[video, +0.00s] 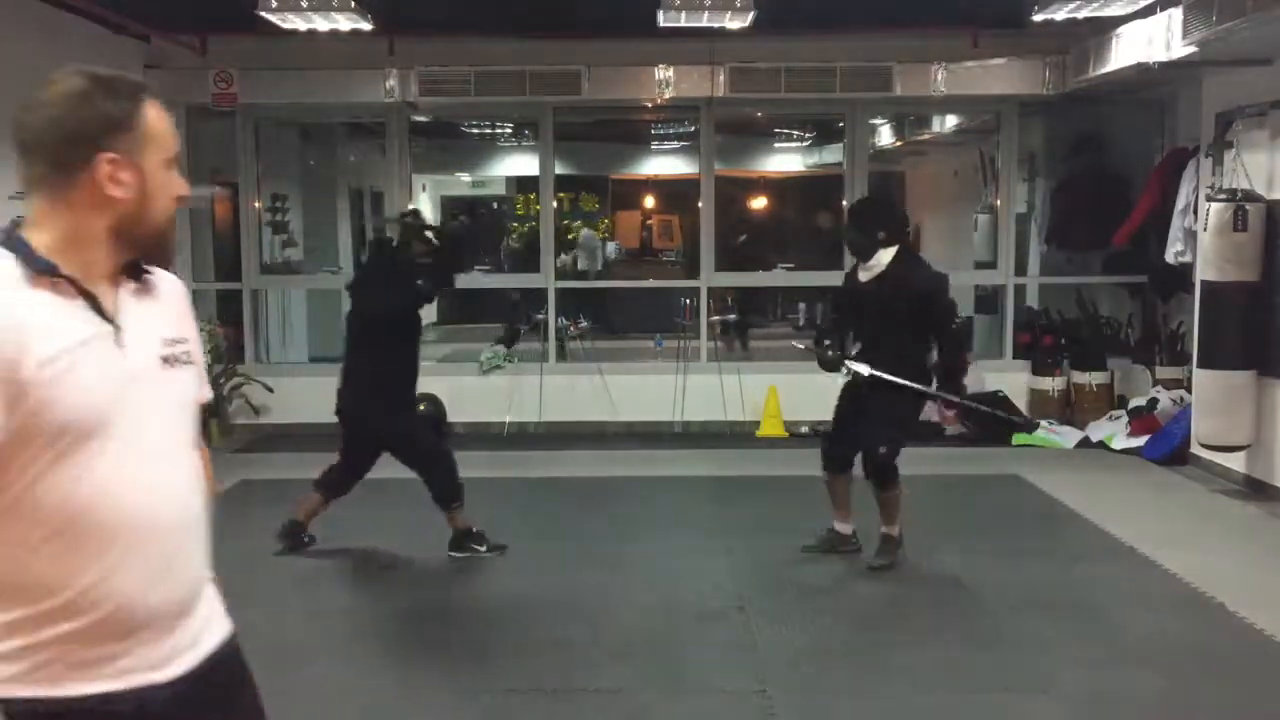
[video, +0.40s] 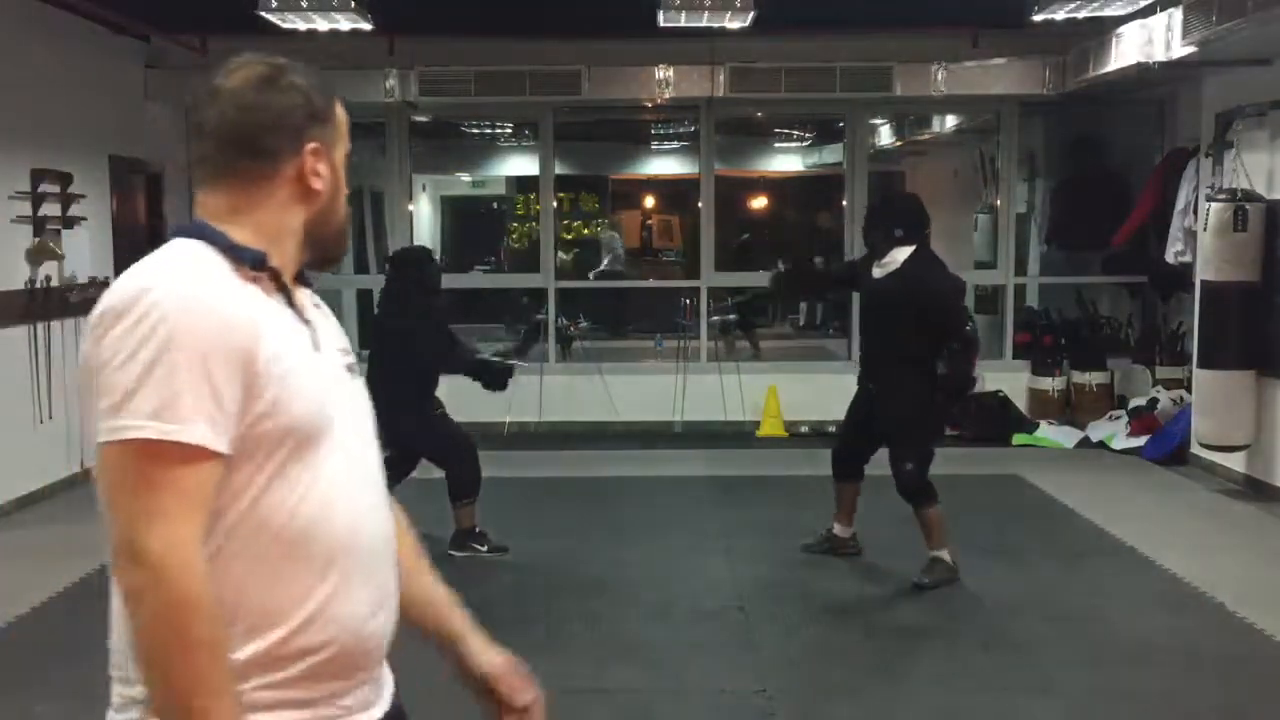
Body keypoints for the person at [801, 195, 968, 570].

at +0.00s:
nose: (848, 239)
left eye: (855, 232)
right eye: (848, 231)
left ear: (877, 233)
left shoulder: (920, 277)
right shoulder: (858, 275)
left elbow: (950, 337)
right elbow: (838, 319)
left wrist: (951, 390)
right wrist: (830, 346)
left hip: (905, 378)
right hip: (864, 373)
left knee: (878, 457)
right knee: (836, 451)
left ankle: (890, 536)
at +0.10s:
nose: (844, 246)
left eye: (850, 238)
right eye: (844, 238)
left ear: (873, 240)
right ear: (876, 241)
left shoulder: (917, 287)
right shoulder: (852, 281)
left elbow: (950, 346)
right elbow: (819, 311)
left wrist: (948, 403)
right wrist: (802, 318)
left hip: (896, 386)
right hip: (858, 381)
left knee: (871, 460)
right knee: (823, 456)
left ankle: (897, 529)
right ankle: (841, 534)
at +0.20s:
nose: (853, 238)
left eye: (858, 231)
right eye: (853, 231)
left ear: (877, 234)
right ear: (891, 234)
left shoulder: (919, 282)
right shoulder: (855, 271)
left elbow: (948, 346)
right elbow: (808, 284)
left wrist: (948, 402)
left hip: (894, 385)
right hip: (856, 380)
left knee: (877, 462)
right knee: (826, 452)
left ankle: (916, 541)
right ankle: (840, 531)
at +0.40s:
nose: (866, 232)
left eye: (873, 225)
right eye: (868, 225)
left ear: (895, 229)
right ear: (907, 229)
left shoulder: (935, 279)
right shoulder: (871, 266)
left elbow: (963, 344)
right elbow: (833, 280)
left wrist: (947, 400)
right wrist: (793, 279)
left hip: (915, 391)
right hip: (874, 386)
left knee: (911, 478)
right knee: (845, 456)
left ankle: (942, 557)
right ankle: (842, 533)